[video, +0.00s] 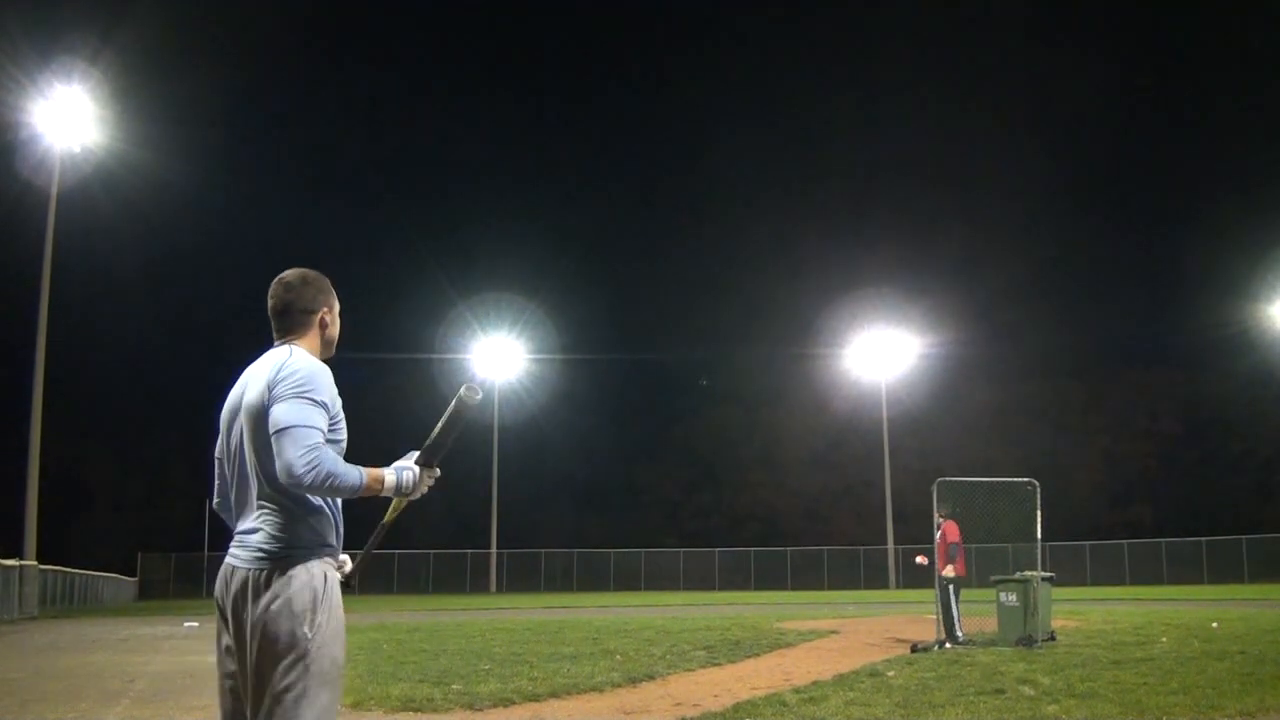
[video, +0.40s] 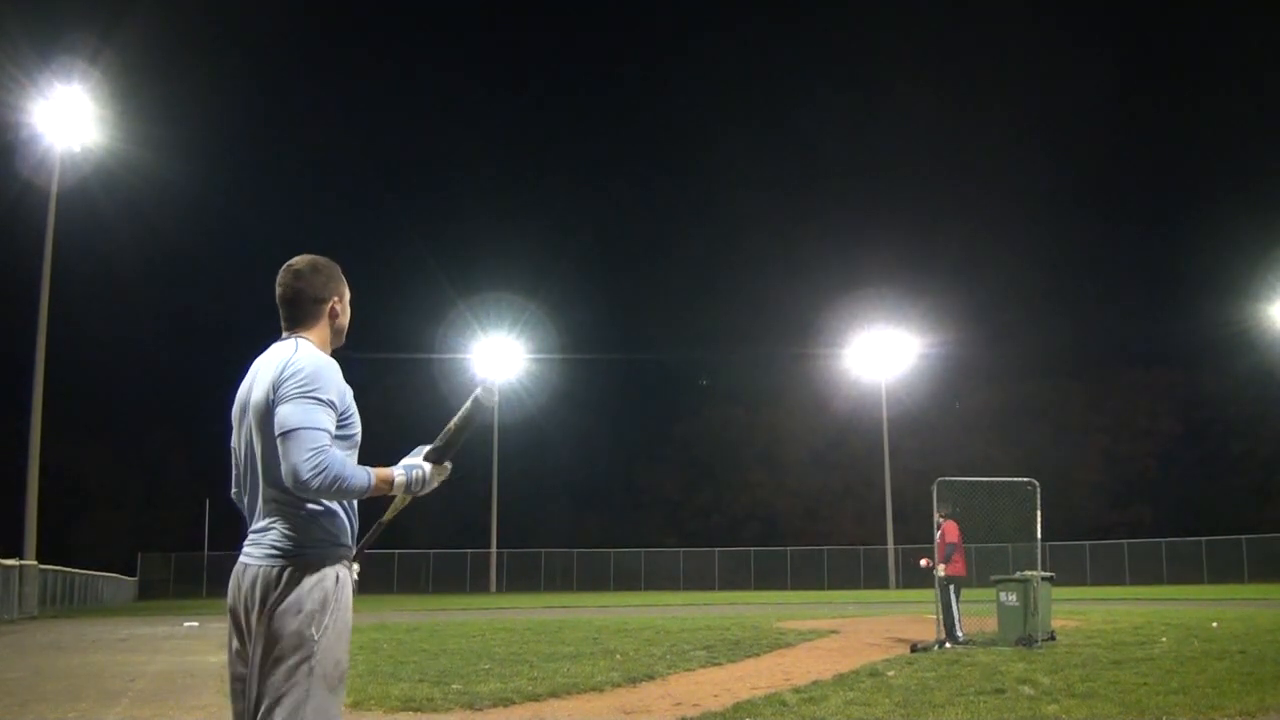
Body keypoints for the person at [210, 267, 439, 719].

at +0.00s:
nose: (338, 323)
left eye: (337, 313)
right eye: (337, 312)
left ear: (276, 319)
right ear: (325, 316)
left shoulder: (246, 382)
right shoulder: (304, 371)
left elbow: (227, 499)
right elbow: (303, 466)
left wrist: (316, 550)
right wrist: (389, 478)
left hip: (239, 578)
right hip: (295, 583)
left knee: (241, 712)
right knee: (301, 710)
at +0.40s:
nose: (349, 311)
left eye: (348, 300)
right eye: (347, 301)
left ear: (284, 307)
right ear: (335, 307)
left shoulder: (256, 375)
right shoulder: (310, 367)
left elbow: (245, 490)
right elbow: (310, 469)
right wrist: (398, 478)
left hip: (253, 575)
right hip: (307, 578)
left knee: (253, 711)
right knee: (302, 710)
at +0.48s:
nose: (350, 314)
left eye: (350, 302)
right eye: (349, 302)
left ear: (287, 307)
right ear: (335, 308)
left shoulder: (257, 374)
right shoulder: (313, 368)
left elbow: (245, 491)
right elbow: (315, 471)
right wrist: (405, 472)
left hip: (256, 577)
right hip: (311, 581)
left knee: (255, 710)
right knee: (304, 710)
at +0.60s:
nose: (352, 312)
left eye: (351, 301)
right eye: (351, 301)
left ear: (288, 306)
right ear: (336, 307)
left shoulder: (257, 374)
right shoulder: (315, 367)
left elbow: (244, 488)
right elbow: (316, 471)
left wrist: (283, 541)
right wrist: (407, 477)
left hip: (256, 576)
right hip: (313, 580)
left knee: (256, 710)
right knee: (304, 710)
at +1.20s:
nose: (367, 321)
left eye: (367, 310)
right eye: (367, 309)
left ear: (306, 311)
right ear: (353, 313)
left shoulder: (273, 380)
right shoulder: (325, 374)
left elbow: (278, 501)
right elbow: (365, 473)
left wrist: (355, 533)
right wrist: (419, 449)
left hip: (276, 583)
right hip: (317, 590)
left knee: (282, 710)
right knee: (313, 711)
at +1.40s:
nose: (372, 333)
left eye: (372, 322)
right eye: (372, 322)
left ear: (310, 321)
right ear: (358, 325)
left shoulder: (284, 387)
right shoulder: (328, 380)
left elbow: (322, 493)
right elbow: (350, 478)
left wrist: (395, 496)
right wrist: (426, 523)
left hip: (293, 588)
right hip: (328, 592)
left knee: (301, 710)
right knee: (330, 711)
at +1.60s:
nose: (392, 347)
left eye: (393, 335)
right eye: (392, 334)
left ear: (338, 327)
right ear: (373, 332)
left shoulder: (304, 384)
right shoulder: (339, 381)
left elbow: (323, 498)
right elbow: (337, 483)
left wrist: (395, 483)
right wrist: (374, 582)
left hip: (293, 575)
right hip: (330, 576)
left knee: (311, 709)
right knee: (356, 709)